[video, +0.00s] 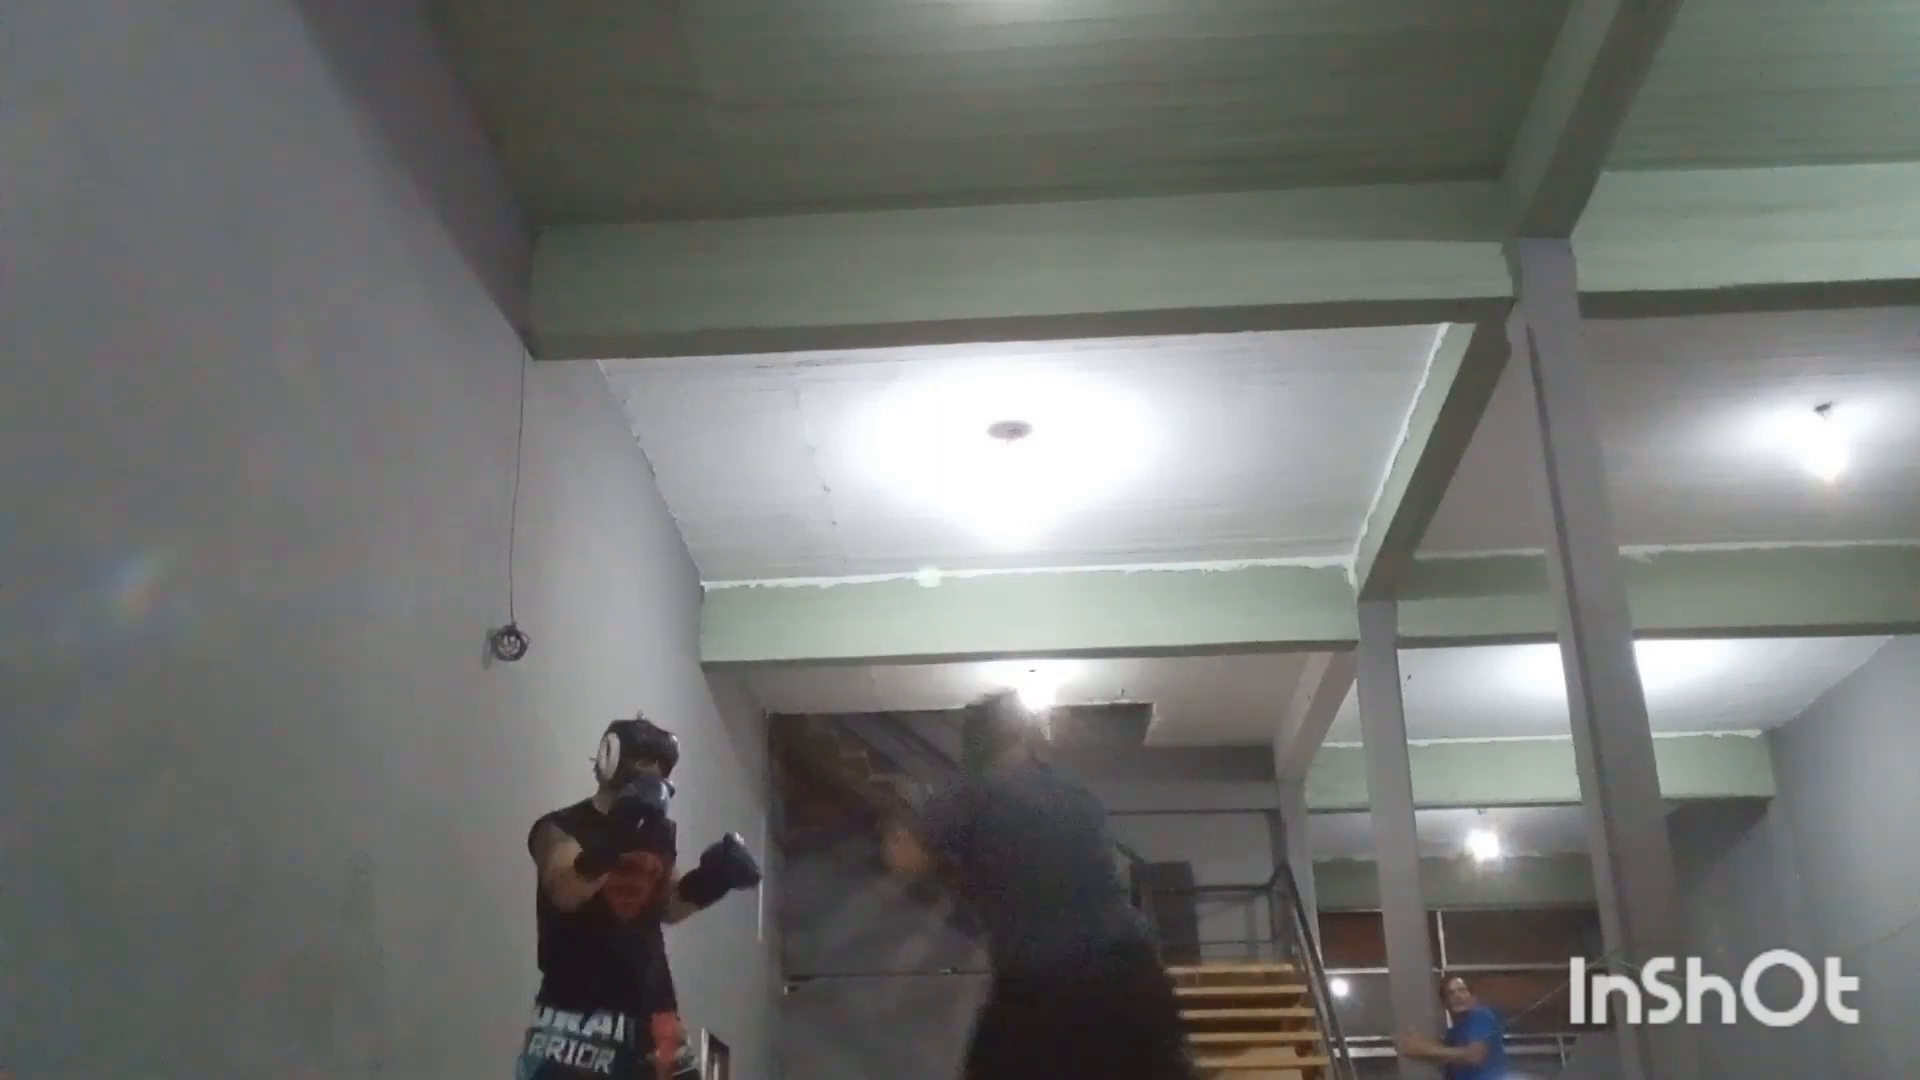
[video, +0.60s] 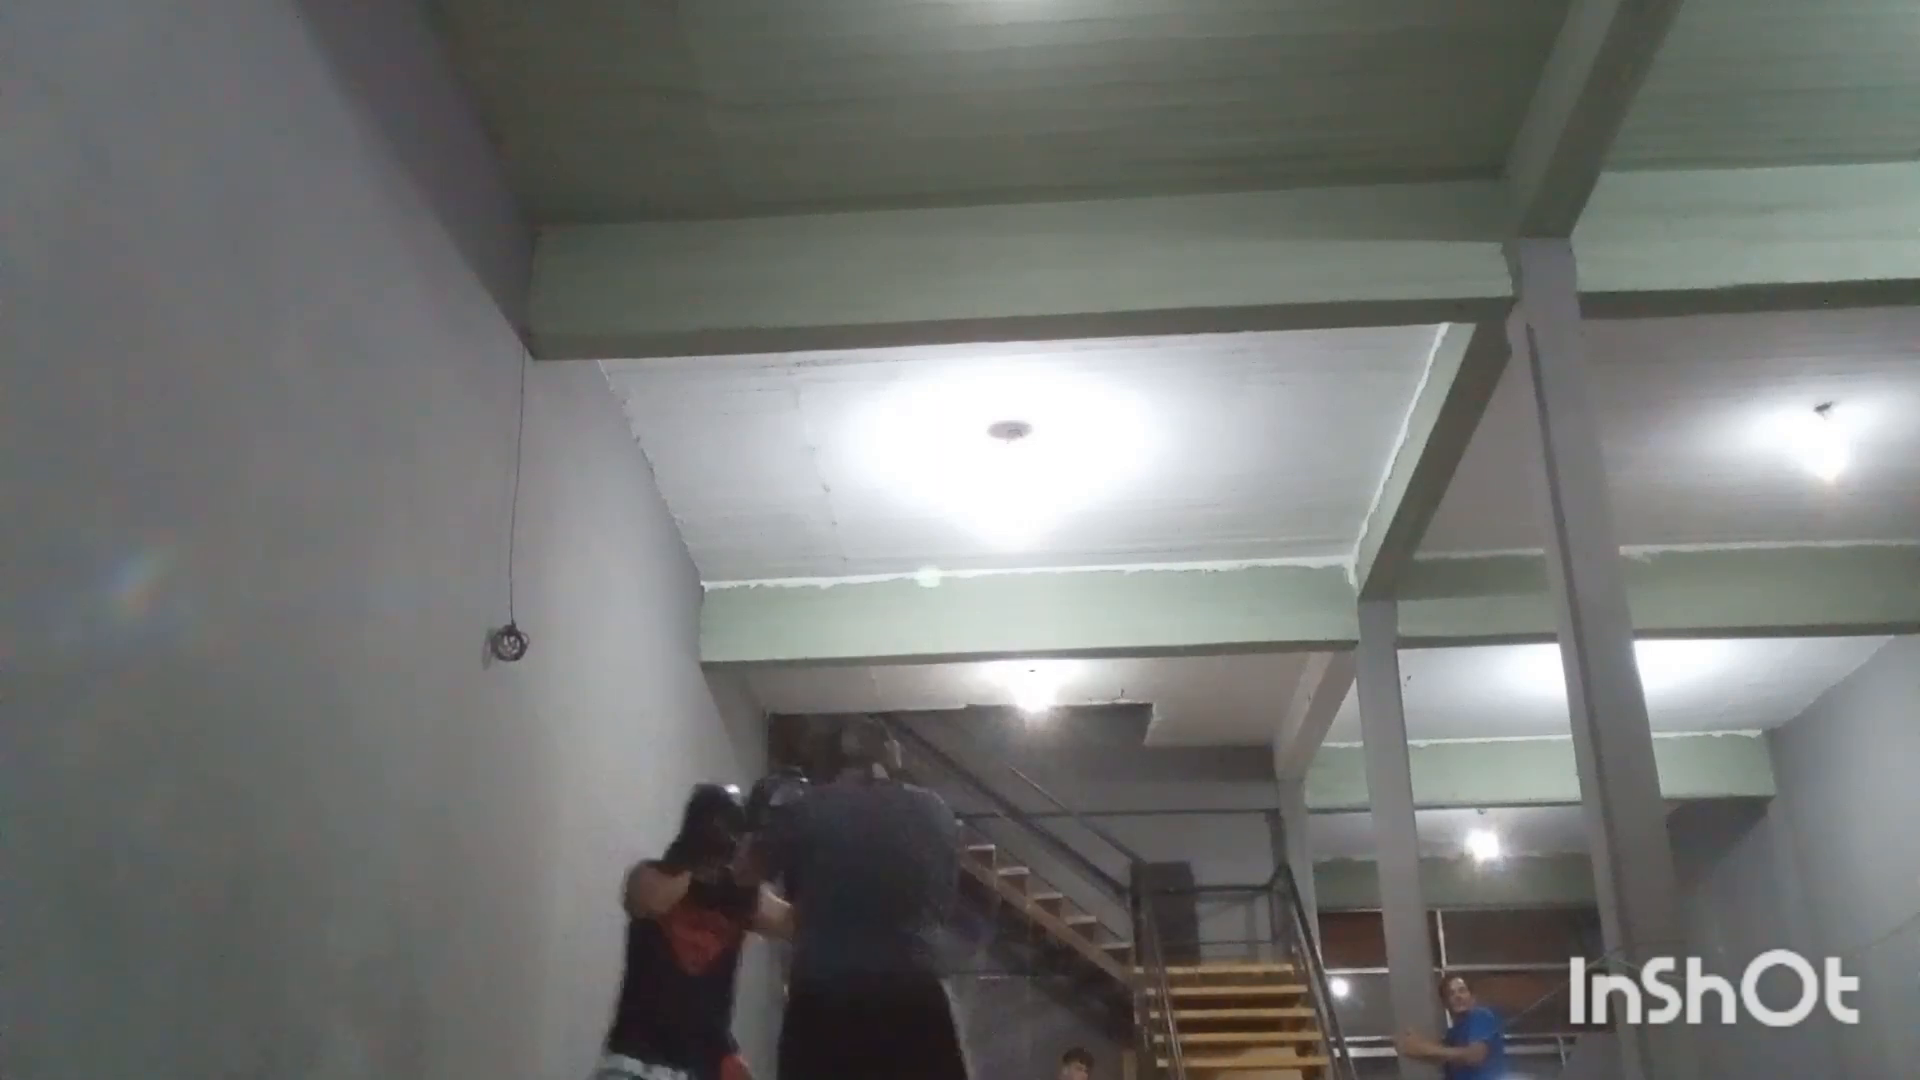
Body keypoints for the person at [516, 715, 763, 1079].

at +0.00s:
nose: (651, 788)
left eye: (660, 779)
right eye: (642, 774)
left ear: (667, 778)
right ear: (609, 763)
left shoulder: (660, 832)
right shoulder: (558, 828)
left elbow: (668, 909)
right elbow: (564, 894)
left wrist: (714, 878)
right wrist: (618, 832)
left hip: (650, 1011)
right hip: (575, 1011)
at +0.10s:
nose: (651, 786)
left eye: (661, 778)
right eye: (642, 771)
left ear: (668, 784)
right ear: (612, 767)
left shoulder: (660, 836)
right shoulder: (558, 831)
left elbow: (685, 910)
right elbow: (569, 897)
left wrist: (721, 871)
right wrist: (619, 834)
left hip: (650, 1014)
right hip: (576, 1011)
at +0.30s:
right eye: (650, 794)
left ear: (678, 802)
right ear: (626, 788)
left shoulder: (676, 855)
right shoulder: (583, 848)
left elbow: (729, 911)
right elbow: (584, 903)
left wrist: (741, 852)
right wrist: (635, 839)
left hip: (661, 1042)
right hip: (591, 1036)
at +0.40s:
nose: (691, 802)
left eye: (698, 792)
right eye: (682, 790)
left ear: (703, 789)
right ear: (655, 782)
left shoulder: (698, 838)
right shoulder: (600, 831)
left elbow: (746, 899)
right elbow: (604, 888)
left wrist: (753, 847)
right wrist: (656, 830)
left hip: (679, 1010)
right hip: (611, 1014)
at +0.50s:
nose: (705, 816)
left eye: (714, 808)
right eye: (697, 805)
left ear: (721, 812)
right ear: (674, 800)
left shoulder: (714, 860)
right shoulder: (618, 849)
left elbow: (769, 906)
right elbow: (632, 892)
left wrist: (771, 841)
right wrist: (675, 834)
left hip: (691, 1022)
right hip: (622, 1022)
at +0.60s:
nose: (723, 838)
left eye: (733, 829)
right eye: (714, 826)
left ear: (745, 835)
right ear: (694, 825)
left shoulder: (742, 894)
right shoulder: (651, 875)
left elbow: (798, 923)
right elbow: (649, 903)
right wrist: (698, 862)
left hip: (711, 1057)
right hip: (639, 1053)